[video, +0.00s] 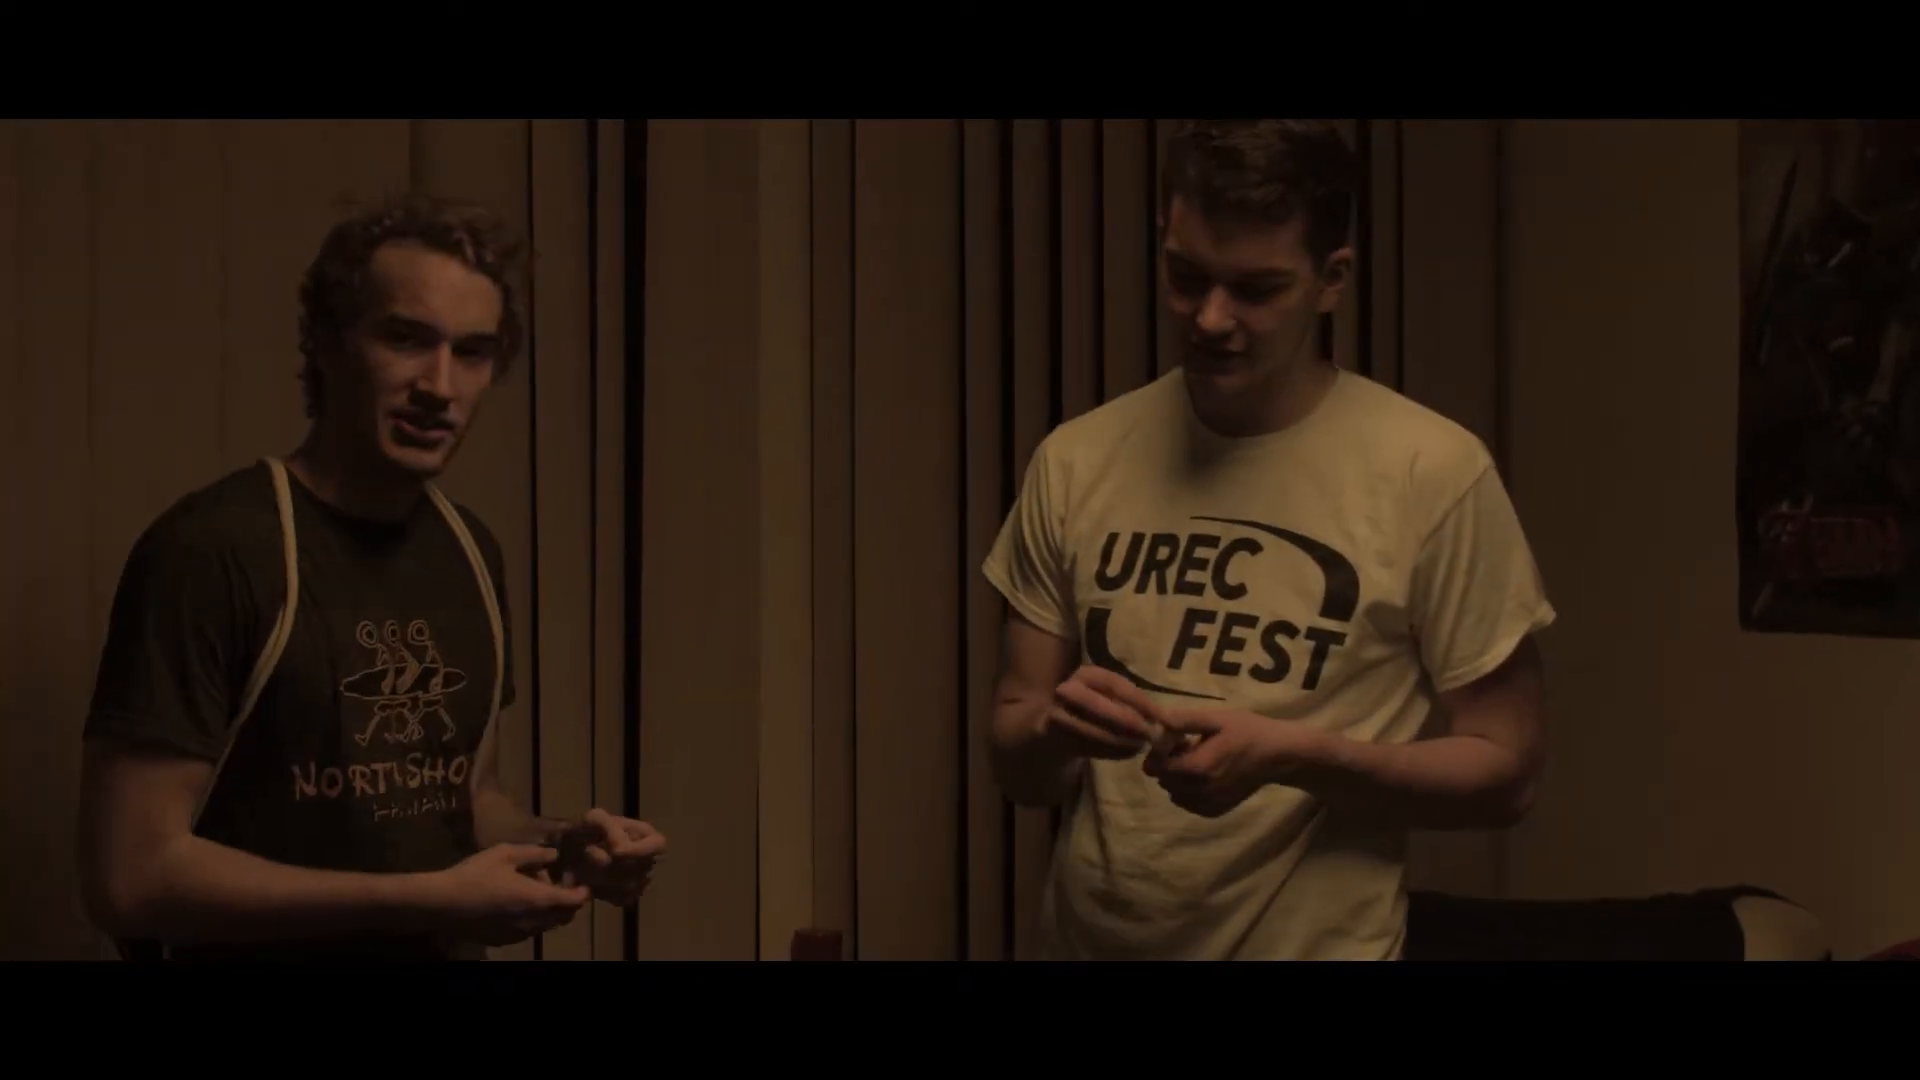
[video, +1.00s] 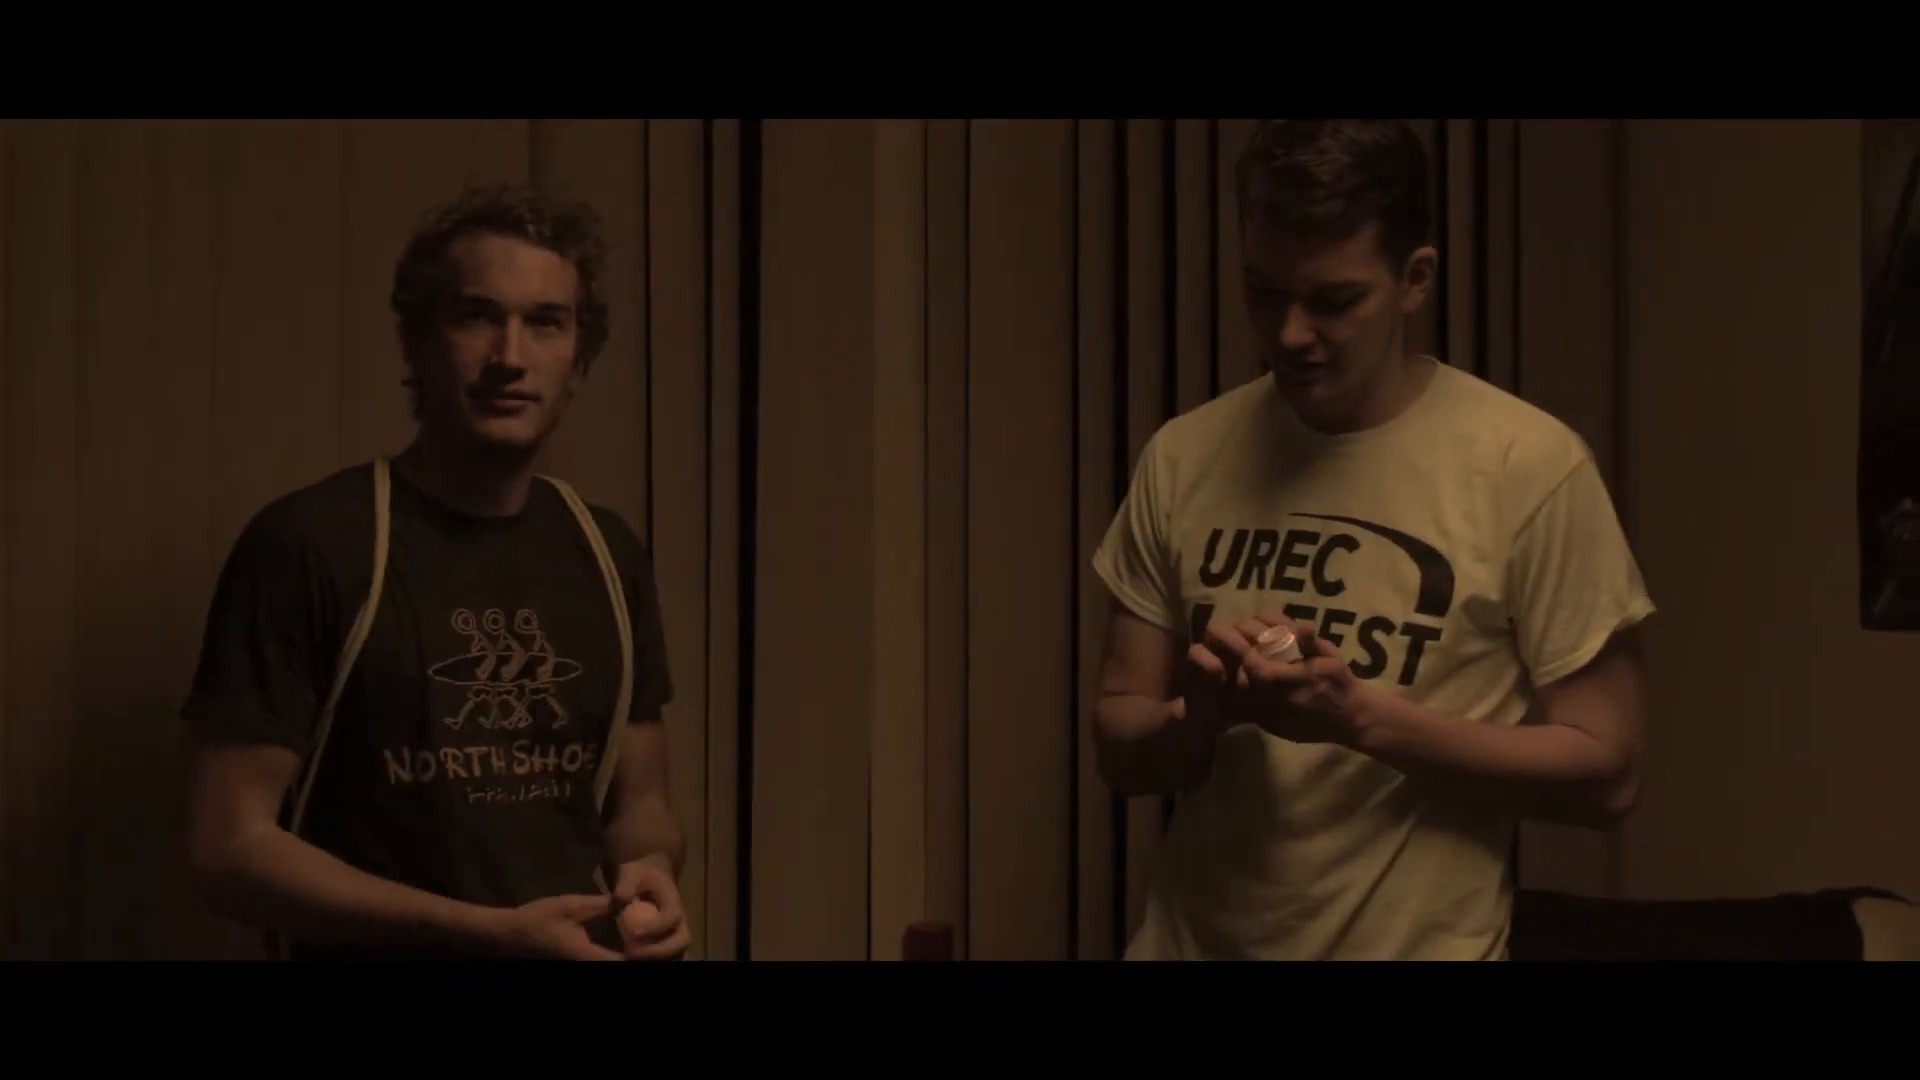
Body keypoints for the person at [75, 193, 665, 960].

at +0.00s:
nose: (441, 384)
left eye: (471, 352)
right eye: (405, 338)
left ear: (493, 370)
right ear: (326, 345)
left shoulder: (469, 553)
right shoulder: (208, 552)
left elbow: (467, 795)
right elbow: (133, 872)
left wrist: (554, 853)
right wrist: (439, 900)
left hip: (430, 954)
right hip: (250, 959)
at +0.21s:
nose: (426, 362)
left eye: (460, 328)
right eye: (392, 319)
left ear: (487, 355)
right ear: (323, 339)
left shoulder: (494, 549)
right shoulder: (206, 546)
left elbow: (501, 795)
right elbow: (133, 852)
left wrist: (583, 853)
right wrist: (423, 917)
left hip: (469, 956)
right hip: (260, 953)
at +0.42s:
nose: (501, 357)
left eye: (536, 324)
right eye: (468, 317)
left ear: (567, 351)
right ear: (403, 338)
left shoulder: (592, 548)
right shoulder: (293, 541)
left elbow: (612, 784)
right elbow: (205, 838)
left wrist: (664, 853)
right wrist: (478, 932)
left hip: (555, 947)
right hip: (348, 951)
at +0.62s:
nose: (534, 353)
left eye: (569, 321)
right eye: (500, 315)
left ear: (602, 351)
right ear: (437, 340)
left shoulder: (631, 549)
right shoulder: (325, 541)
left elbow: (654, 789)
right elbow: (240, 839)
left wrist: (672, 868)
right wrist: (491, 943)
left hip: (593, 949)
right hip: (390, 953)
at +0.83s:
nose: (514, 358)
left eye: (549, 326)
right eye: (481, 320)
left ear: (586, 357)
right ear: (422, 342)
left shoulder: (615, 553)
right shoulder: (311, 544)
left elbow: (638, 791)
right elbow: (224, 839)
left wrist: (638, 874)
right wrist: (480, 939)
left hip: (578, 947)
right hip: (378, 956)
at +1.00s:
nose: (510, 356)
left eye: (544, 322)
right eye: (476, 317)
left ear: (581, 355)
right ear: (414, 342)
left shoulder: (607, 552)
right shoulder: (306, 548)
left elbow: (638, 793)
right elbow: (229, 844)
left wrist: (648, 873)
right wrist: (497, 931)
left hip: (583, 950)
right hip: (376, 955)